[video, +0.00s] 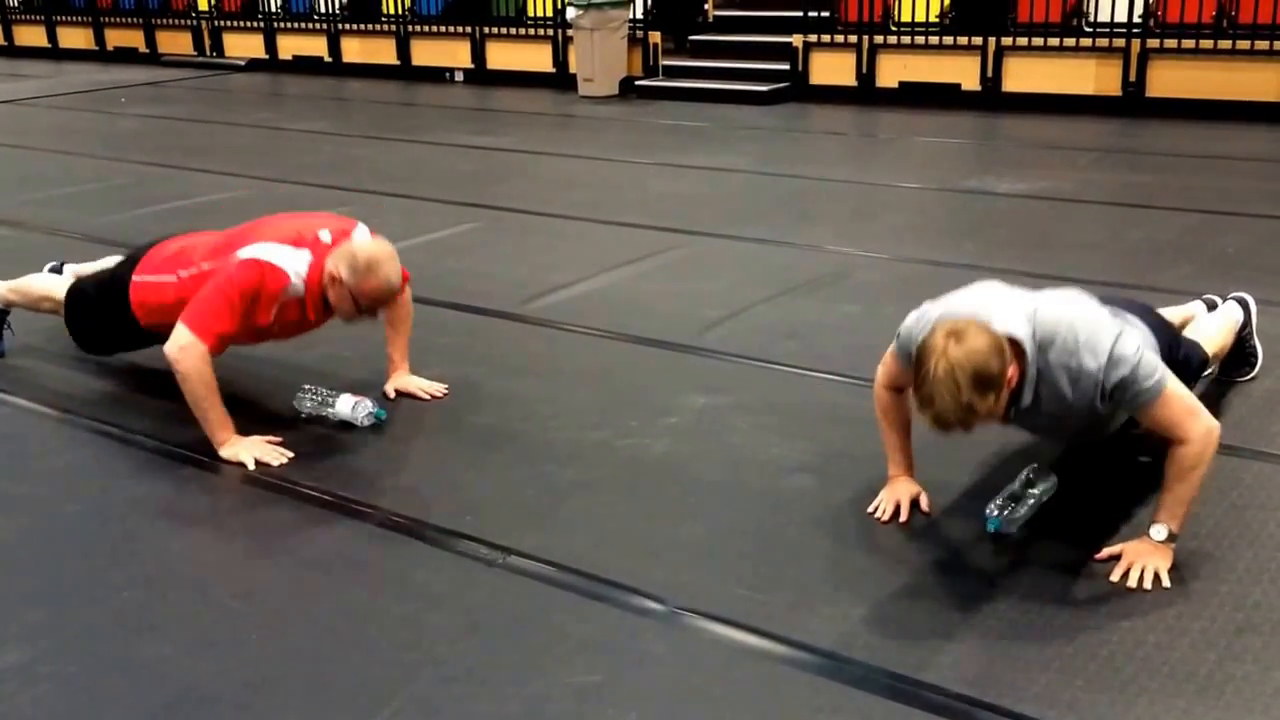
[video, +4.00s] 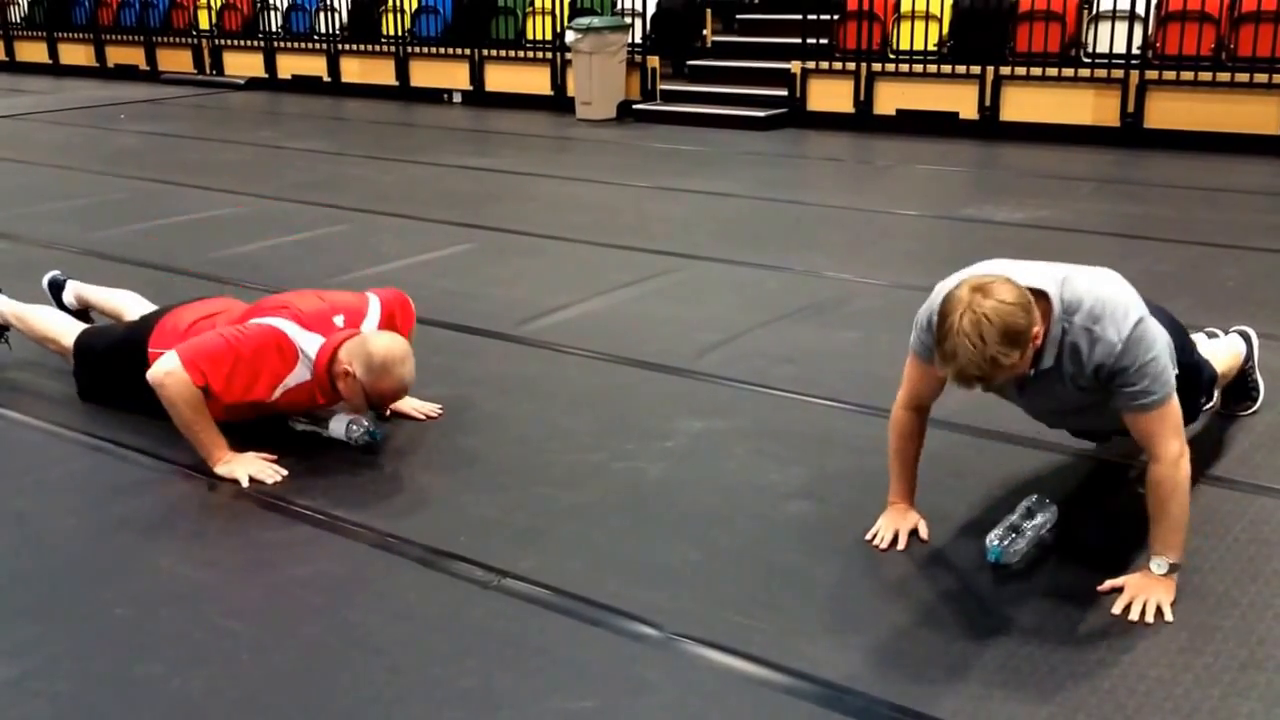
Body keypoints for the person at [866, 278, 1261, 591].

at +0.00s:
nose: (982, 425)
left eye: (986, 414)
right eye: (966, 420)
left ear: (1010, 374)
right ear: (931, 376)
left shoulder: (1103, 355)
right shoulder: (923, 331)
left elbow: (1200, 433)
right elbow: (888, 384)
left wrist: (1160, 537)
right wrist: (900, 474)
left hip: (1142, 342)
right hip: (1081, 321)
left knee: (1195, 351)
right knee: (1157, 328)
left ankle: (1235, 313)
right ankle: (1201, 308)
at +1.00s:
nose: (987, 387)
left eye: (996, 374)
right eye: (974, 379)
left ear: (1025, 331)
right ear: (951, 342)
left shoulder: (1111, 325)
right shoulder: (935, 310)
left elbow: (1178, 436)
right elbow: (904, 391)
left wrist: (1159, 548)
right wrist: (899, 484)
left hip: (1147, 353)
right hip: (1065, 376)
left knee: (1196, 354)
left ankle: (1236, 326)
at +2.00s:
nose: (978, 499)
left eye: (982, 490)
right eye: (964, 494)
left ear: (1010, 453)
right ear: (931, 427)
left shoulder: (1099, 418)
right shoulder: (940, 380)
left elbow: (1217, 468)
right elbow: (880, 404)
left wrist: (1161, 564)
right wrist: (895, 497)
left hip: (1133, 395)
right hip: (1059, 370)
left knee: (1191, 393)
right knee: (1129, 370)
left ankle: (1232, 339)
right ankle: (1194, 334)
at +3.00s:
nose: (985, 479)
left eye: (990, 469)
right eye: (969, 474)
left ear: (1014, 427)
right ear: (939, 427)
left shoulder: (1103, 403)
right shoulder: (933, 371)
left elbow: (1212, 471)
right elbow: (884, 411)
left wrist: (1162, 571)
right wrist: (897, 503)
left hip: (1136, 396)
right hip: (1086, 371)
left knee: (1195, 395)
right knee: (1136, 366)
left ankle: (1233, 346)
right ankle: (1200, 341)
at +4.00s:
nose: (992, 386)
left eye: (1003, 375)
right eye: (980, 378)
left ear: (1035, 336)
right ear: (953, 341)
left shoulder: (1122, 334)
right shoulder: (945, 315)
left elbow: (1169, 454)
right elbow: (911, 406)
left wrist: (1161, 569)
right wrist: (899, 502)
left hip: (1148, 377)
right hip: (1064, 400)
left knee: (1198, 385)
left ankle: (1236, 351)